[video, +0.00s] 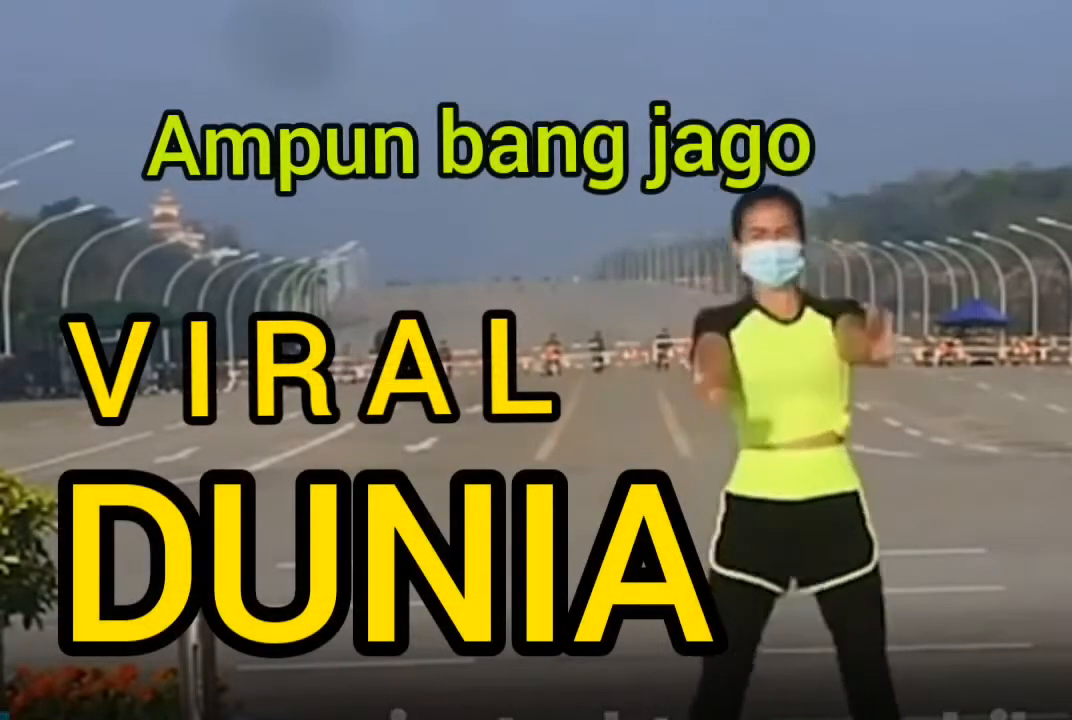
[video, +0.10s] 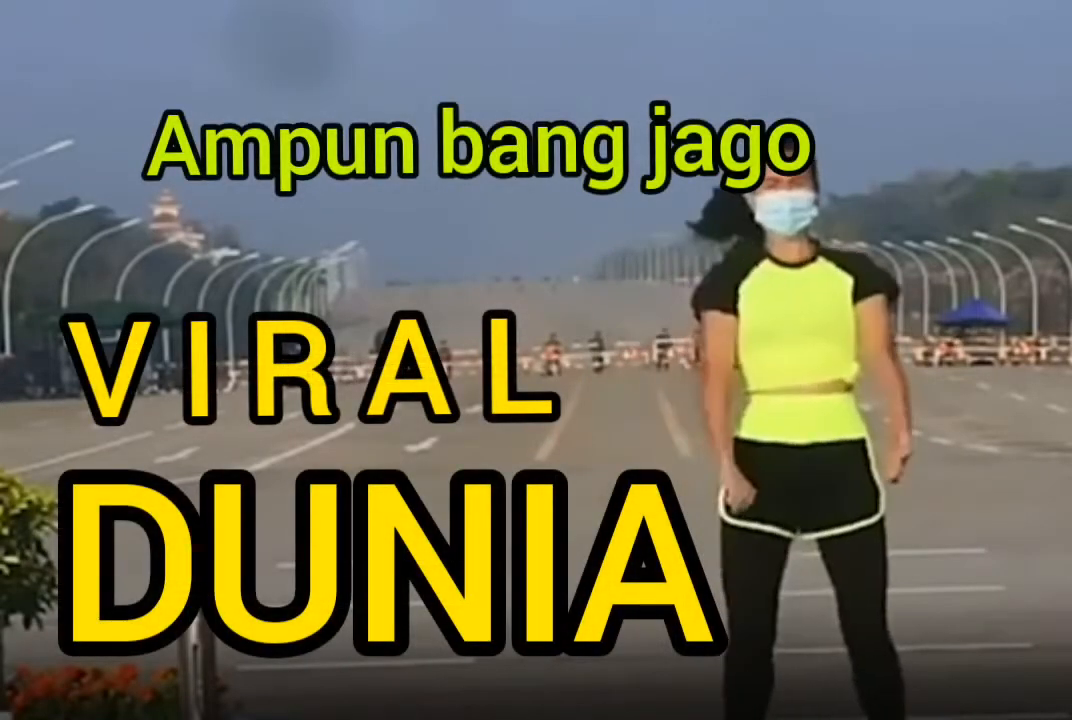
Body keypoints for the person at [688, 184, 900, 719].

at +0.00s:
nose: (774, 246)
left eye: (785, 234)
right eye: (759, 236)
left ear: (803, 244)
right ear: (738, 251)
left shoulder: (839, 317)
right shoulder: (721, 326)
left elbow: (861, 340)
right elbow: (713, 367)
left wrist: (875, 346)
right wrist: (713, 385)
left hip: (835, 507)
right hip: (755, 512)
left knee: (868, 670)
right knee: (726, 670)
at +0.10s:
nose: (789, 196)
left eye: (799, 183)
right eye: (773, 184)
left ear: (817, 194)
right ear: (751, 199)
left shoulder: (858, 274)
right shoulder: (730, 282)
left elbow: (881, 358)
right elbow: (716, 377)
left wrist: (900, 429)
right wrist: (726, 463)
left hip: (843, 461)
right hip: (758, 465)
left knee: (867, 631)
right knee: (749, 636)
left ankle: (889, 717)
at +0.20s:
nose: (793, 214)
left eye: (804, 202)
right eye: (779, 203)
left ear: (822, 210)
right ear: (757, 211)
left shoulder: (861, 287)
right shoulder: (739, 288)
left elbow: (919, 360)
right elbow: (688, 379)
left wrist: (884, 437)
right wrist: (746, 444)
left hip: (847, 483)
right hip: (764, 486)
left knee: (873, 650)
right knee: (759, 656)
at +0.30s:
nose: (806, 275)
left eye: (818, 263)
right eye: (791, 264)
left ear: (834, 274)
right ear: (769, 278)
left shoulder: (867, 345)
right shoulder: (748, 349)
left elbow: (958, 340)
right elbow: (656, 367)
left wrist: (867, 347)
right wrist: (746, 353)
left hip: (859, 539)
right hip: (777, 541)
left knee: (891, 698)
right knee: (763, 701)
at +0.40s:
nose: (808, 267)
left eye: (818, 255)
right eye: (793, 257)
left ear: (834, 265)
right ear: (770, 270)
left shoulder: (867, 338)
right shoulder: (749, 342)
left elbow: (959, 343)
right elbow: (657, 367)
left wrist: (877, 359)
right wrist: (745, 368)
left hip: (860, 534)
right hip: (778, 537)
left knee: (887, 699)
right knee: (766, 701)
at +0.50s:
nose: (805, 211)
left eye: (816, 199)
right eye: (791, 201)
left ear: (835, 208)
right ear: (771, 214)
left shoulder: (876, 290)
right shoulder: (745, 296)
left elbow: (932, 362)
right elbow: (705, 385)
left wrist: (896, 436)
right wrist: (748, 456)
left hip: (862, 483)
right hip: (779, 486)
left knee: (880, 649)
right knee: (777, 651)